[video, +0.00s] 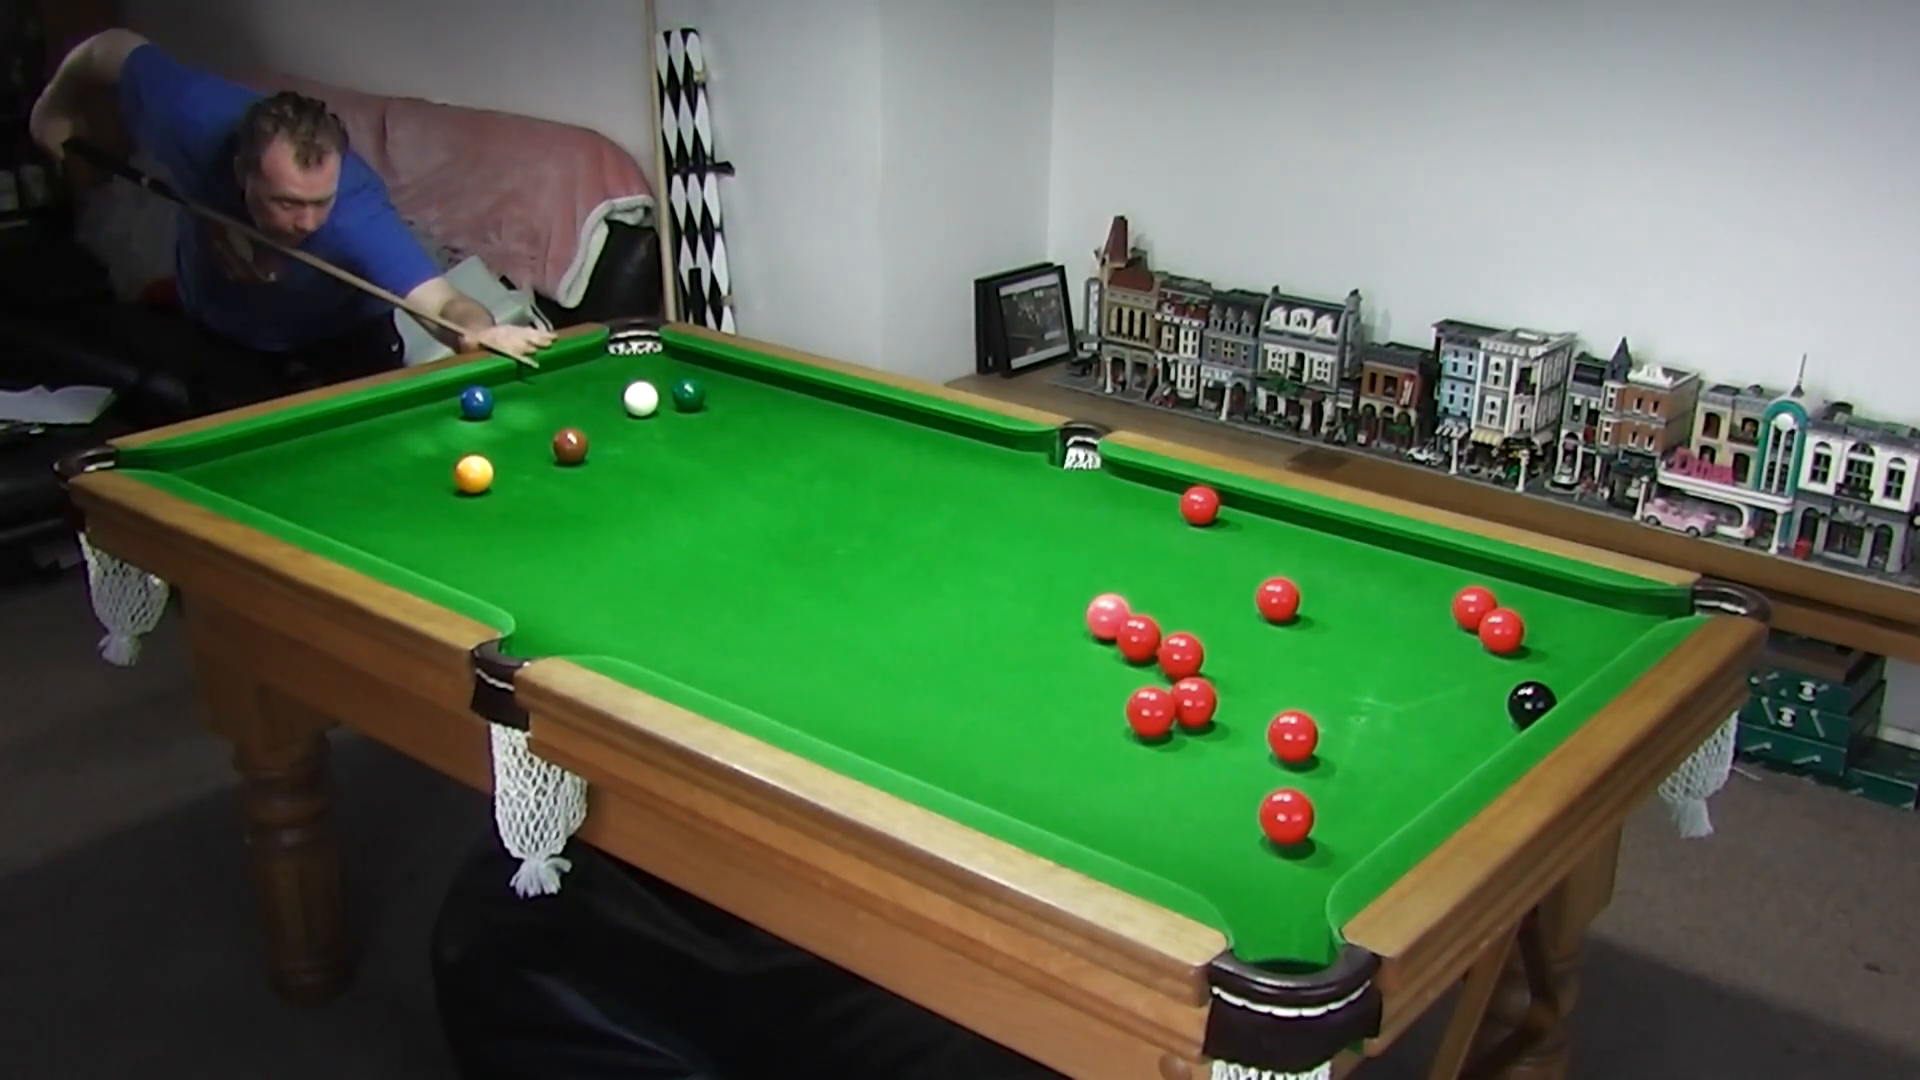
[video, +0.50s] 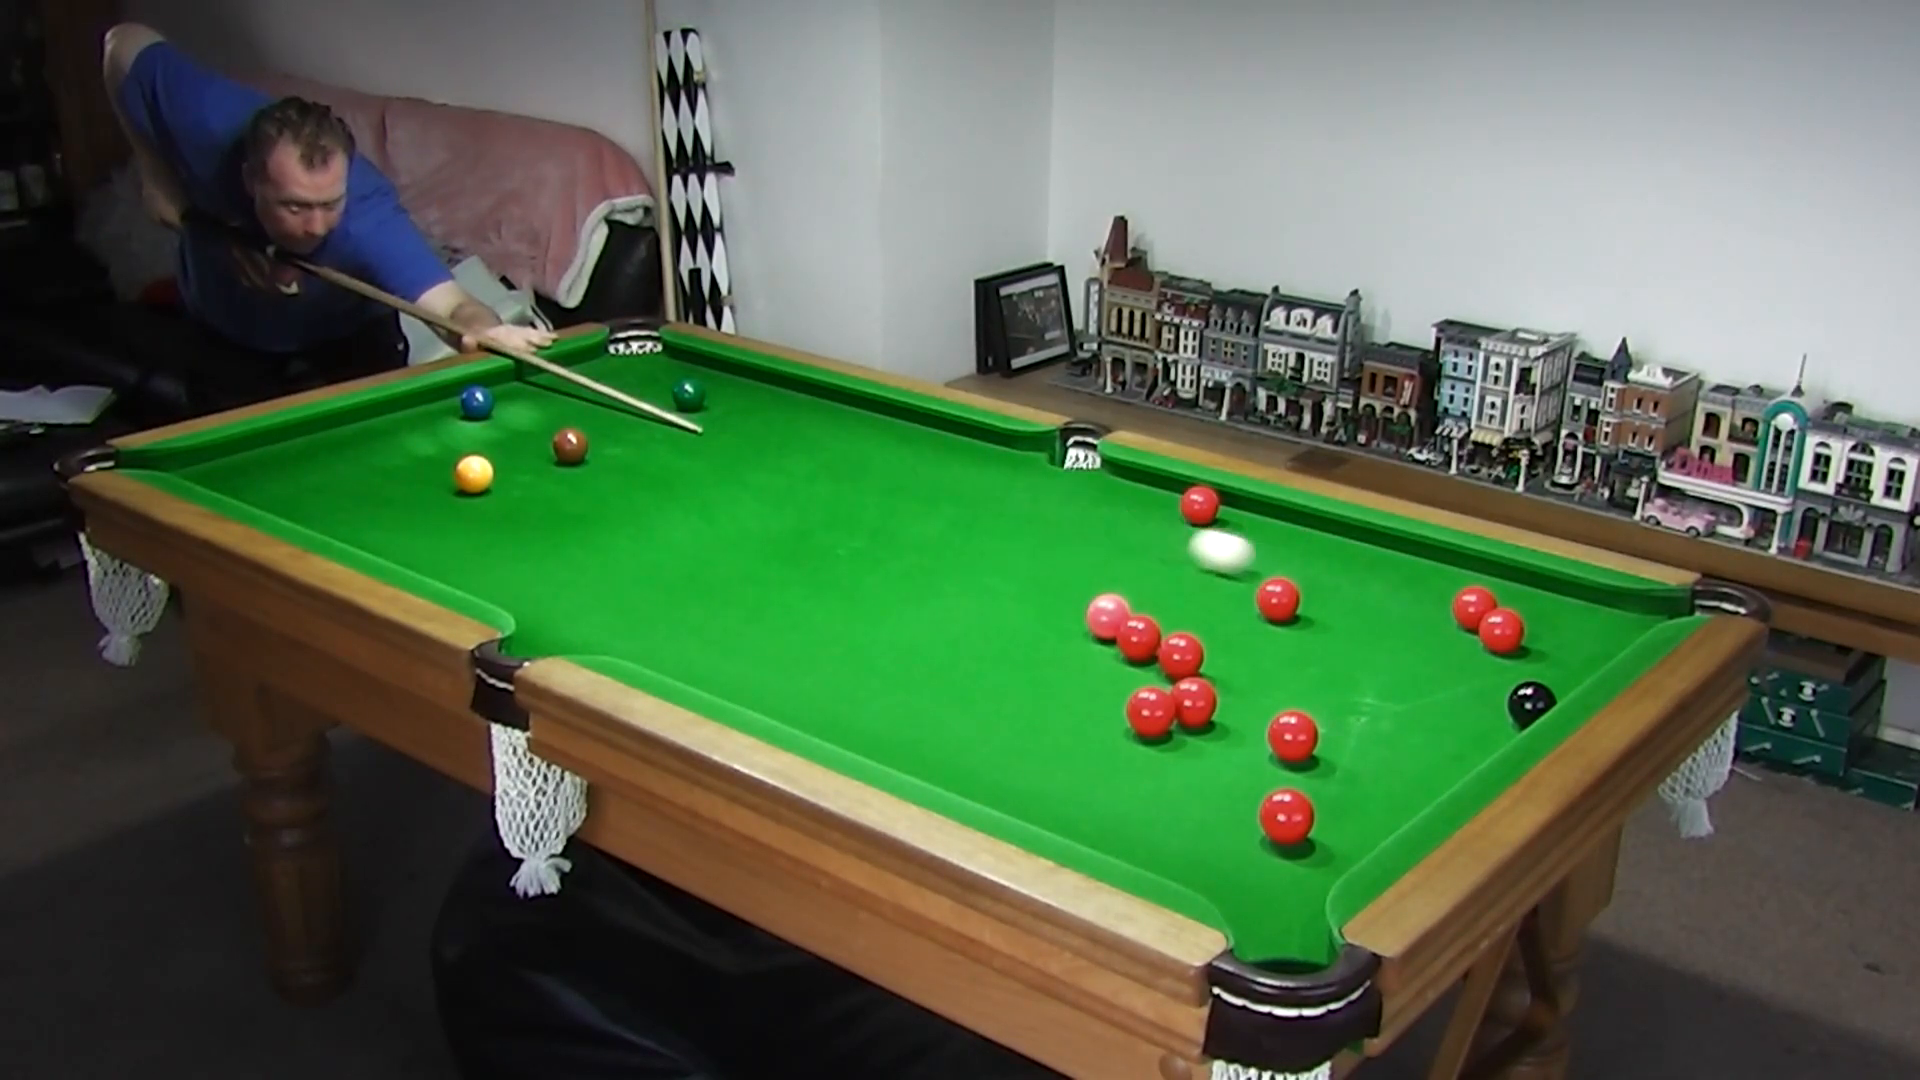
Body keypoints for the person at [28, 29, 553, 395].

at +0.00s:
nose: (306, 221)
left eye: (322, 203)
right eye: (287, 204)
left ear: (339, 179)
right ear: (243, 171)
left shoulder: (358, 209)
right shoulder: (199, 127)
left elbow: (439, 301)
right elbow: (108, 50)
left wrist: (480, 328)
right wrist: (51, 109)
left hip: (344, 325)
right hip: (225, 319)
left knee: (381, 453)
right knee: (243, 463)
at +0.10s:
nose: (310, 221)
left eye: (325, 202)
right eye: (290, 204)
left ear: (339, 178)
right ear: (245, 174)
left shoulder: (361, 212)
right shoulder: (207, 121)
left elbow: (442, 302)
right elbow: (112, 35)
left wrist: (483, 328)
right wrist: (73, 118)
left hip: (345, 326)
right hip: (227, 318)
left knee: (372, 453)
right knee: (241, 458)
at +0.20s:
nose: (309, 223)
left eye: (323, 204)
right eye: (289, 205)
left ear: (340, 179)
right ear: (245, 174)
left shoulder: (360, 212)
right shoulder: (209, 121)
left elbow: (443, 302)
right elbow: (120, 25)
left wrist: (484, 331)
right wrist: (124, 164)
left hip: (342, 328)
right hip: (224, 315)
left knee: (357, 464)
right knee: (231, 458)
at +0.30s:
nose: (313, 225)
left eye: (327, 205)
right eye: (292, 206)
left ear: (343, 180)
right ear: (248, 177)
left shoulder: (364, 215)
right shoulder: (212, 124)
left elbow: (447, 306)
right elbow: (123, 40)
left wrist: (487, 331)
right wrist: (150, 175)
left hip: (345, 328)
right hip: (226, 315)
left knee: (354, 466)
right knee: (233, 460)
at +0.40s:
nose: (316, 226)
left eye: (329, 205)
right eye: (295, 207)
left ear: (345, 181)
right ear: (249, 179)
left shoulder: (367, 214)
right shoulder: (211, 128)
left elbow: (448, 305)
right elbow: (121, 43)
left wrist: (488, 330)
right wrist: (155, 180)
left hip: (346, 326)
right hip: (226, 315)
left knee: (362, 463)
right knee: (235, 459)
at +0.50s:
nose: (318, 226)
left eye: (331, 205)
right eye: (296, 207)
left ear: (346, 182)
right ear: (251, 181)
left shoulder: (369, 213)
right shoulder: (211, 129)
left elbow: (448, 304)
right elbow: (121, 43)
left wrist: (488, 330)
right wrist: (157, 178)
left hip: (347, 325)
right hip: (228, 314)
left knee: (358, 463)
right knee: (233, 457)